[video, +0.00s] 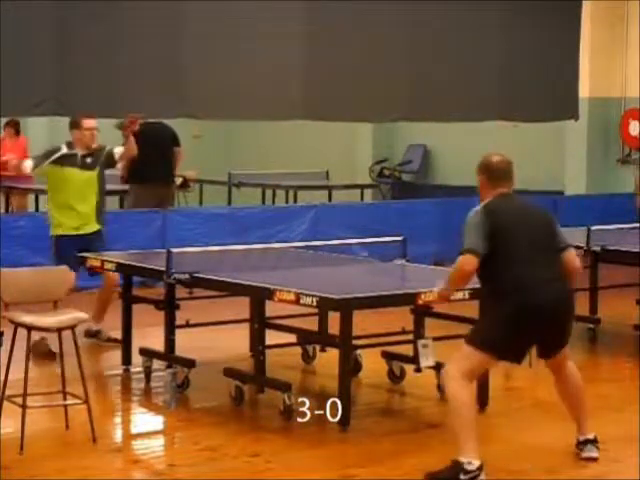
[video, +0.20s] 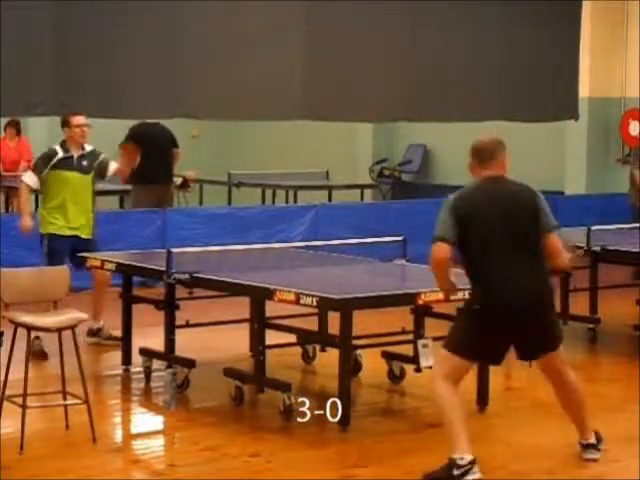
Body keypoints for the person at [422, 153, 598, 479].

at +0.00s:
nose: (478, 187)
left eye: (478, 182)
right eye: (481, 182)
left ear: (482, 181)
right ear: (512, 181)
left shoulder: (482, 214)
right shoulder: (539, 212)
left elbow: (467, 265)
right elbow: (572, 264)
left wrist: (445, 292)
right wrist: (557, 293)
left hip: (511, 309)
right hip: (556, 304)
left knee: (458, 373)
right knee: (560, 361)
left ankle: (468, 461)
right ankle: (587, 437)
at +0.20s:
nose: (503, 167)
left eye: (473, 166)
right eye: (504, 161)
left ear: (472, 166)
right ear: (504, 162)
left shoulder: (458, 202)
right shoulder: (529, 196)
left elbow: (439, 257)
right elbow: (558, 258)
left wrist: (447, 290)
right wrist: (529, 262)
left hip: (487, 305)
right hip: (534, 303)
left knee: (444, 378)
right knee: (558, 371)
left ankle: (462, 459)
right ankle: (588, 439)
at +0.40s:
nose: (450, 151)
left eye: (447, 146)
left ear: (448, 147)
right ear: (481, 140)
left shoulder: (448, 187)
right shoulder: (510, 171)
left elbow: (436, 245)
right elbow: (532, 221)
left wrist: (432, 268)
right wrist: (507, 239)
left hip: (481, 294)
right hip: (529, 287)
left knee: (452, 375)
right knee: (549, 365)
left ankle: (460, 460)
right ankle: (575, 447)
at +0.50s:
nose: (444, 144)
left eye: (444, 139)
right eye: (446, 138)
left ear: (448, 139)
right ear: (481, 136)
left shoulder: (451, 181)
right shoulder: (510, 165)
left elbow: (448, 238)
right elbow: (530, 218)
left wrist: (432, 262)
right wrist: (499, 235)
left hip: (484, 285)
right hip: (529, 278)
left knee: (454, 370)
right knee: (547, 364)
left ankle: (460, 461)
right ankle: (573, 448)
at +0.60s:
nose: (449, 146)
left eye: (448, 141)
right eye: (450, 141)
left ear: (452, 140)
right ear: (485, 137)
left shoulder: (455, 181)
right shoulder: (515, 168)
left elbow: (456, 237)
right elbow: (533, 221)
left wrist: (433, 261)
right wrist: (503, 240)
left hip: (485, 288)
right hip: (531, 283)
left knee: (454, 370)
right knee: (547, 364)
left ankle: (460, 460)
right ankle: (571, 448)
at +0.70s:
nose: (461, 153)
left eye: (462, 147)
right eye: (464, 147)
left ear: (468, 148)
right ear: (498, 145)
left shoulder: (467, 189)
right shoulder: (530, 184)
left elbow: (460, 244)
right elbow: (544, 240)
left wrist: (438, 268)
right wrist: (523, 269)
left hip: (491, 298)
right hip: (538, 295)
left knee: (452, 369)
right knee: (544, 366)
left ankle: (461, 461)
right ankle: (565, 449)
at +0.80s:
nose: (475, 155)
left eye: (477, 149)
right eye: (477, 149)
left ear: (482, 151)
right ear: (513, 151)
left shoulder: (480, 191)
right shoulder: (541, 189)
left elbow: (462, 250)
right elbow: (558, 246)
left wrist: (442, 271)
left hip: (497, 302)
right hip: (544, 300)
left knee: (456, 371)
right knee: (546, 366)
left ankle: (460, 462)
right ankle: (565, 449)